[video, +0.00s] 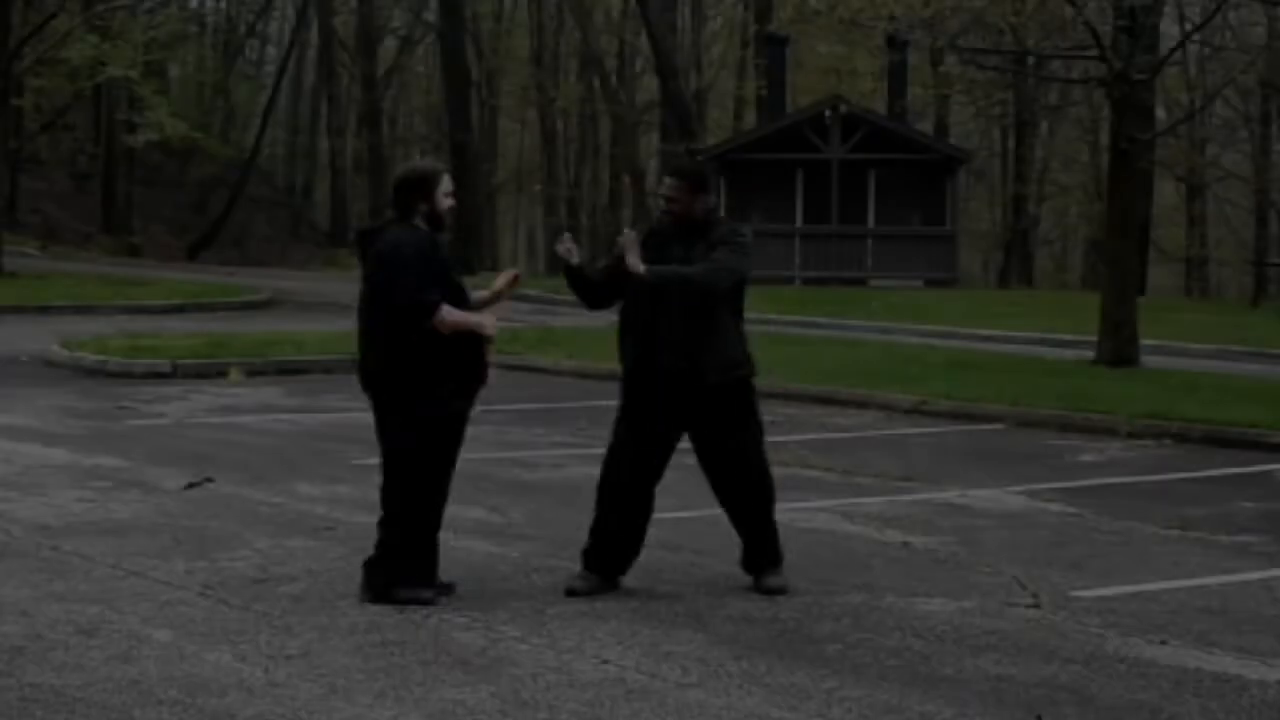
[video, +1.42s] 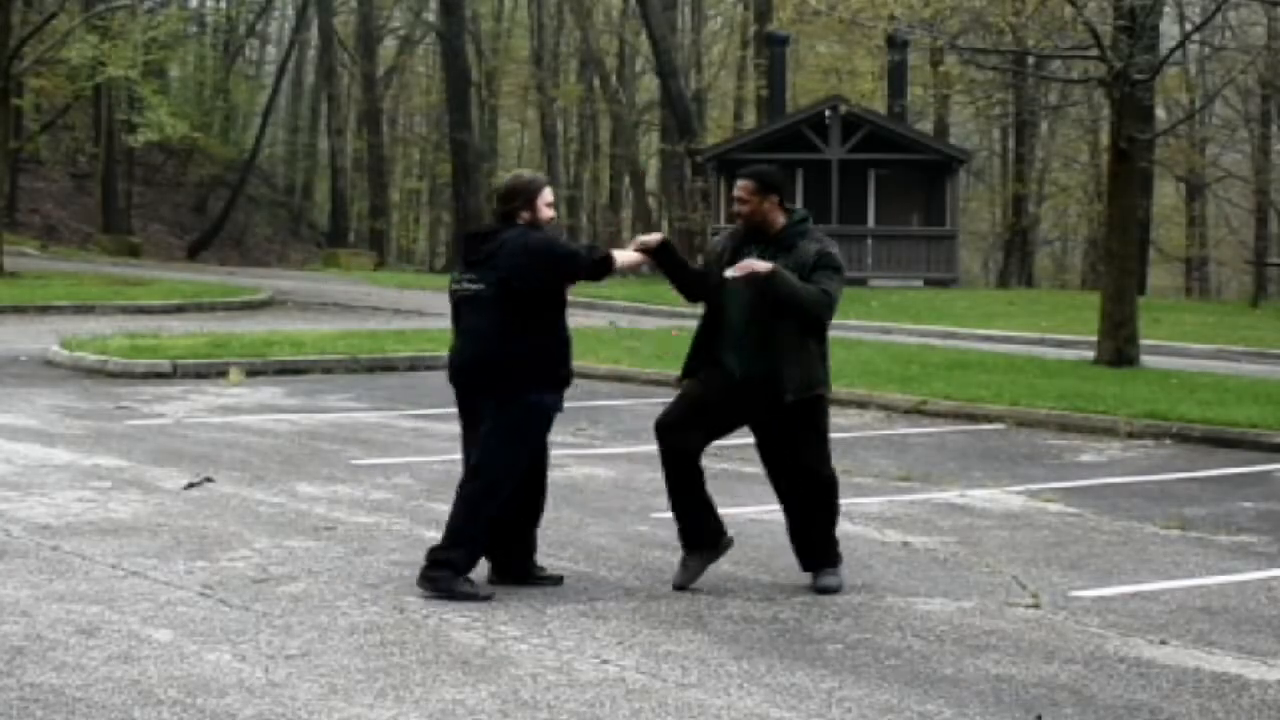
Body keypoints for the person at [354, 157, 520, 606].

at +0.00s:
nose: (452, 203)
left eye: (452, 195)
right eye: (446, 195)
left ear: (419, 200)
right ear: (423, 200)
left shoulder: (416, 243)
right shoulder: (410, 246)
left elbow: (442, 303)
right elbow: (430, 313)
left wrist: (488, 297)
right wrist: (478, 323)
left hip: (423, 382)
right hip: (414, 384)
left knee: (423, 480)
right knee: (414, 481)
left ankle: (416, 574)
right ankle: (397, 579)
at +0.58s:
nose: (458, 220)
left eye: (458, 212)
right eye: (450, 212)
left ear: (439, 216)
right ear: (423, 216)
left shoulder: (444, 260)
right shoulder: (392, 262)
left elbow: (475, 310)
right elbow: (427, 317)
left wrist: (522, 261)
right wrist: (476, 278)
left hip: (442, 403)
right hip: (394, 407)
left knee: (470, 474)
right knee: (391, 492)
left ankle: (469, 569)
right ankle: (385, 579)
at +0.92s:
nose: (488, 226)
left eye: (488, 218)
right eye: (480, 218)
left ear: (462, 224)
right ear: (453, 222)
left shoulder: (465, 264)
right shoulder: (431, 265)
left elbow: (493, 316)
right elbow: (491, 308)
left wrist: (540, 321)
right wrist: (531, 265)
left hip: (464, 405)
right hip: (426, 407)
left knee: (491, 482)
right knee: (411, 494)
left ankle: (511, 562)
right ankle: (386, 580)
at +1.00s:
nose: (500, 223)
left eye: (500, 215)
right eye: (493, 216)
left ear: (468, 223)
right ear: (468, 221)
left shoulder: (472, 263)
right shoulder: (452, 263)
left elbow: (507, 311)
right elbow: (523, 287)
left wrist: (554, 332)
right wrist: (569, 248)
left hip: (477, 402)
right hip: (441, 405)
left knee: (502, 481)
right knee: (423, 493)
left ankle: (512, 564)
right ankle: (386, 579)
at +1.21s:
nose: (534, 215)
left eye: (532, 208)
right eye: (527, 208)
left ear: (497, 215)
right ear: (504, 215)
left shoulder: (467, 253)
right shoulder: (503, 252)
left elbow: (501, 298)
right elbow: (570, 240)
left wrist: (549, 307)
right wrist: (614, 197)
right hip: (492, 395)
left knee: (515, 480)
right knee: (452, 482)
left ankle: (514, 565)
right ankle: (395, 565)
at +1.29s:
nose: (542, 213)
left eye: (541, 205)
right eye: (535, 206)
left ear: (502, 213)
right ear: (511, 212)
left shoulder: (480, 251)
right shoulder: (512, 248)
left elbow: (505, 313)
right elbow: (582, 236)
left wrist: (555, 303)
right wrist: (620, 203)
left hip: (499, 387)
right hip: (501, 391)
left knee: (517, 477)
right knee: (466, 478)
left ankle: (514, 566)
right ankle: (411, 566)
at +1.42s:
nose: (554, 213)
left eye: (553, 205)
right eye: (548, 206)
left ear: (514, 211)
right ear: (525, 210)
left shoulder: (480, 248)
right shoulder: (537, 248)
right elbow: (592, 263)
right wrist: (637, 257)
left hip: (481, 383)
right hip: (525, 387)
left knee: (519, 473)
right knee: (493, 477)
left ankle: (513, 564)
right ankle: (444, 569)